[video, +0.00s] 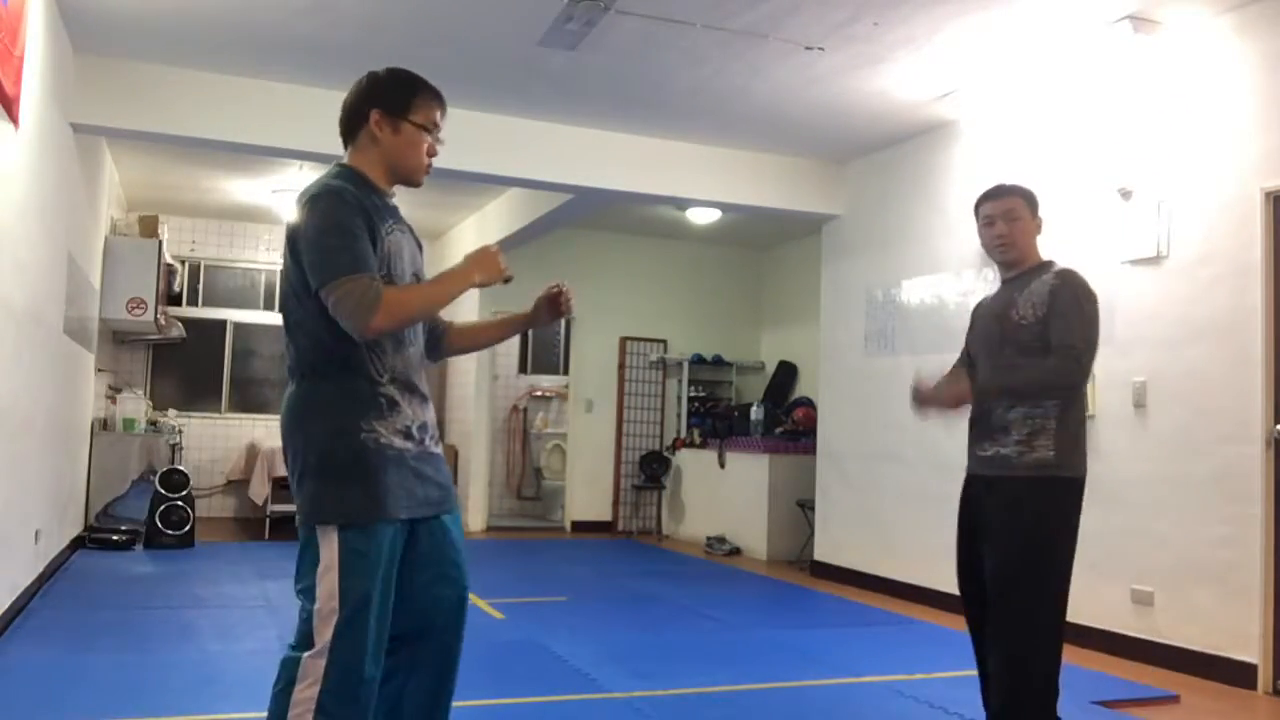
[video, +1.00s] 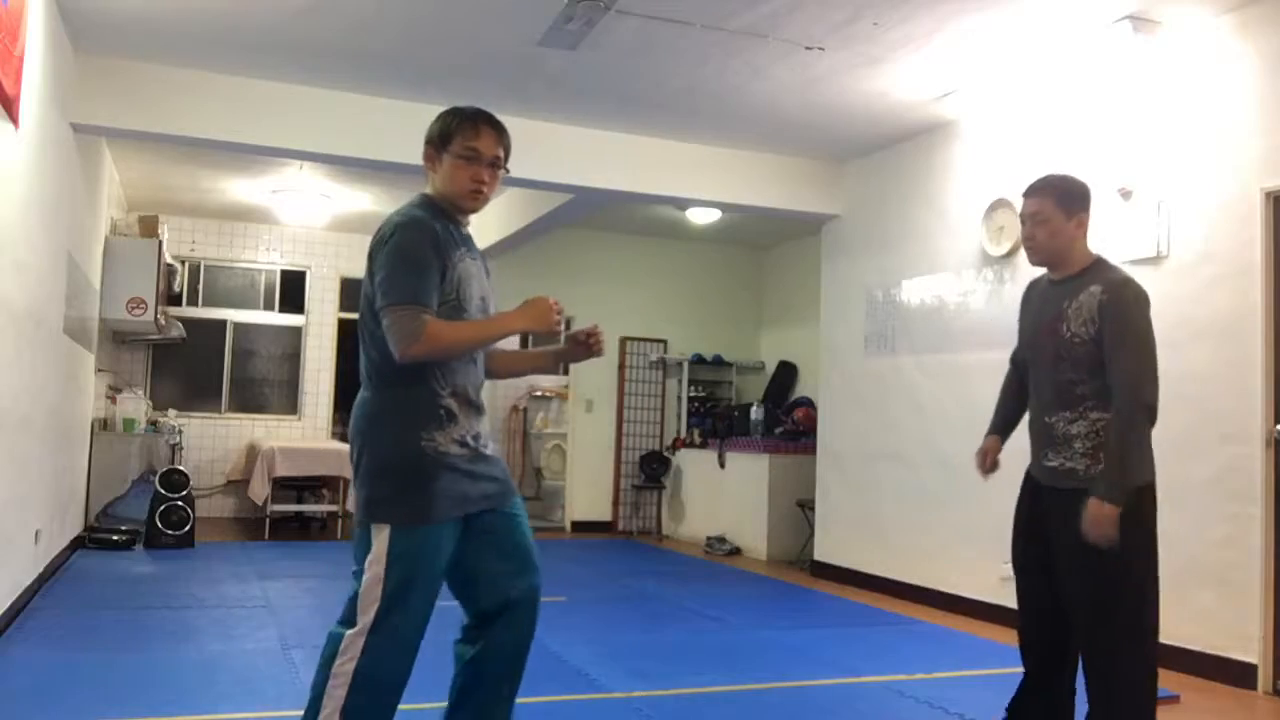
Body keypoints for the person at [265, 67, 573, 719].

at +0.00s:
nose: (436, 148)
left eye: (439, 136)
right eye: (427, 131)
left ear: (390, 132)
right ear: (378, 125)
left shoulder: (398, 228)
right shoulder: (332, 202)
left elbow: (430, 339)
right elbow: (365, 313)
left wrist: (526, 320)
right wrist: (466, 273)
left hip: (417, 454)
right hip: (351, 456)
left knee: (436, 614)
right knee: (341, 637)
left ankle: (408, 719)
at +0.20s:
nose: (432, 145)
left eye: (444, 135)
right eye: (416, 129)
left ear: (452, 147)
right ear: (375, 130)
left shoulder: (424, 237)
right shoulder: (351, 210)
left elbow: (448, 348)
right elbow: (376, 316)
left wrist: (537, 329)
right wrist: (482, 289)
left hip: (427, 464)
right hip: (356, 466)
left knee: (445, 644)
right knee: (345, 653)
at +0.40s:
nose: (462, 159)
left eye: (474, 147)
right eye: (446, 143)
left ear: (484, 158)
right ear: (411, 147)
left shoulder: (467, 247)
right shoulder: (381, 223)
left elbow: (484, 356)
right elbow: (370, 338)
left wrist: (564, 337)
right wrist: (488, 331)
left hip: (459, 475)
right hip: (386, 475)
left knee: (459, 651)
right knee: (359, 655)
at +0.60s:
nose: (486, 163)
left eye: (499, 152)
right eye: (472, 147)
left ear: (508, 165)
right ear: (437, 151)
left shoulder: (495, 249)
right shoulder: (407, 225)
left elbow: (521, 353)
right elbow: (384, 334)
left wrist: (589, 334)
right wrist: (502, 329)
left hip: (479, 473)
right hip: (409, 471)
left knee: (470, 651)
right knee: (380, 651)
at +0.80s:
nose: (487, 173)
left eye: (499, 164)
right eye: (472, 157)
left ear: (506, 176)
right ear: (436, 159)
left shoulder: (488, 258)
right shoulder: (409, 232)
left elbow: (507, 363)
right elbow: (395, 338)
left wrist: (582, 349)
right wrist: (505, 326)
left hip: (479, 475)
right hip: (407, 474)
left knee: (485, 632)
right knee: (384, 636)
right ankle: (338, 717)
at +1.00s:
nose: (483, 175)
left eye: (495, 166)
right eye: (470, 159)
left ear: (503, 176)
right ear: (432, 158)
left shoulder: (468, 252)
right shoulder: (412, 229)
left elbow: (475, 360)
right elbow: (409, 337)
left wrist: (558, 355)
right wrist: (513, 321)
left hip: (472, 458)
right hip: (408, 460)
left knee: (510, 598)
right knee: (382, 625)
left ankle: (475, 716)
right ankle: (334, 715)